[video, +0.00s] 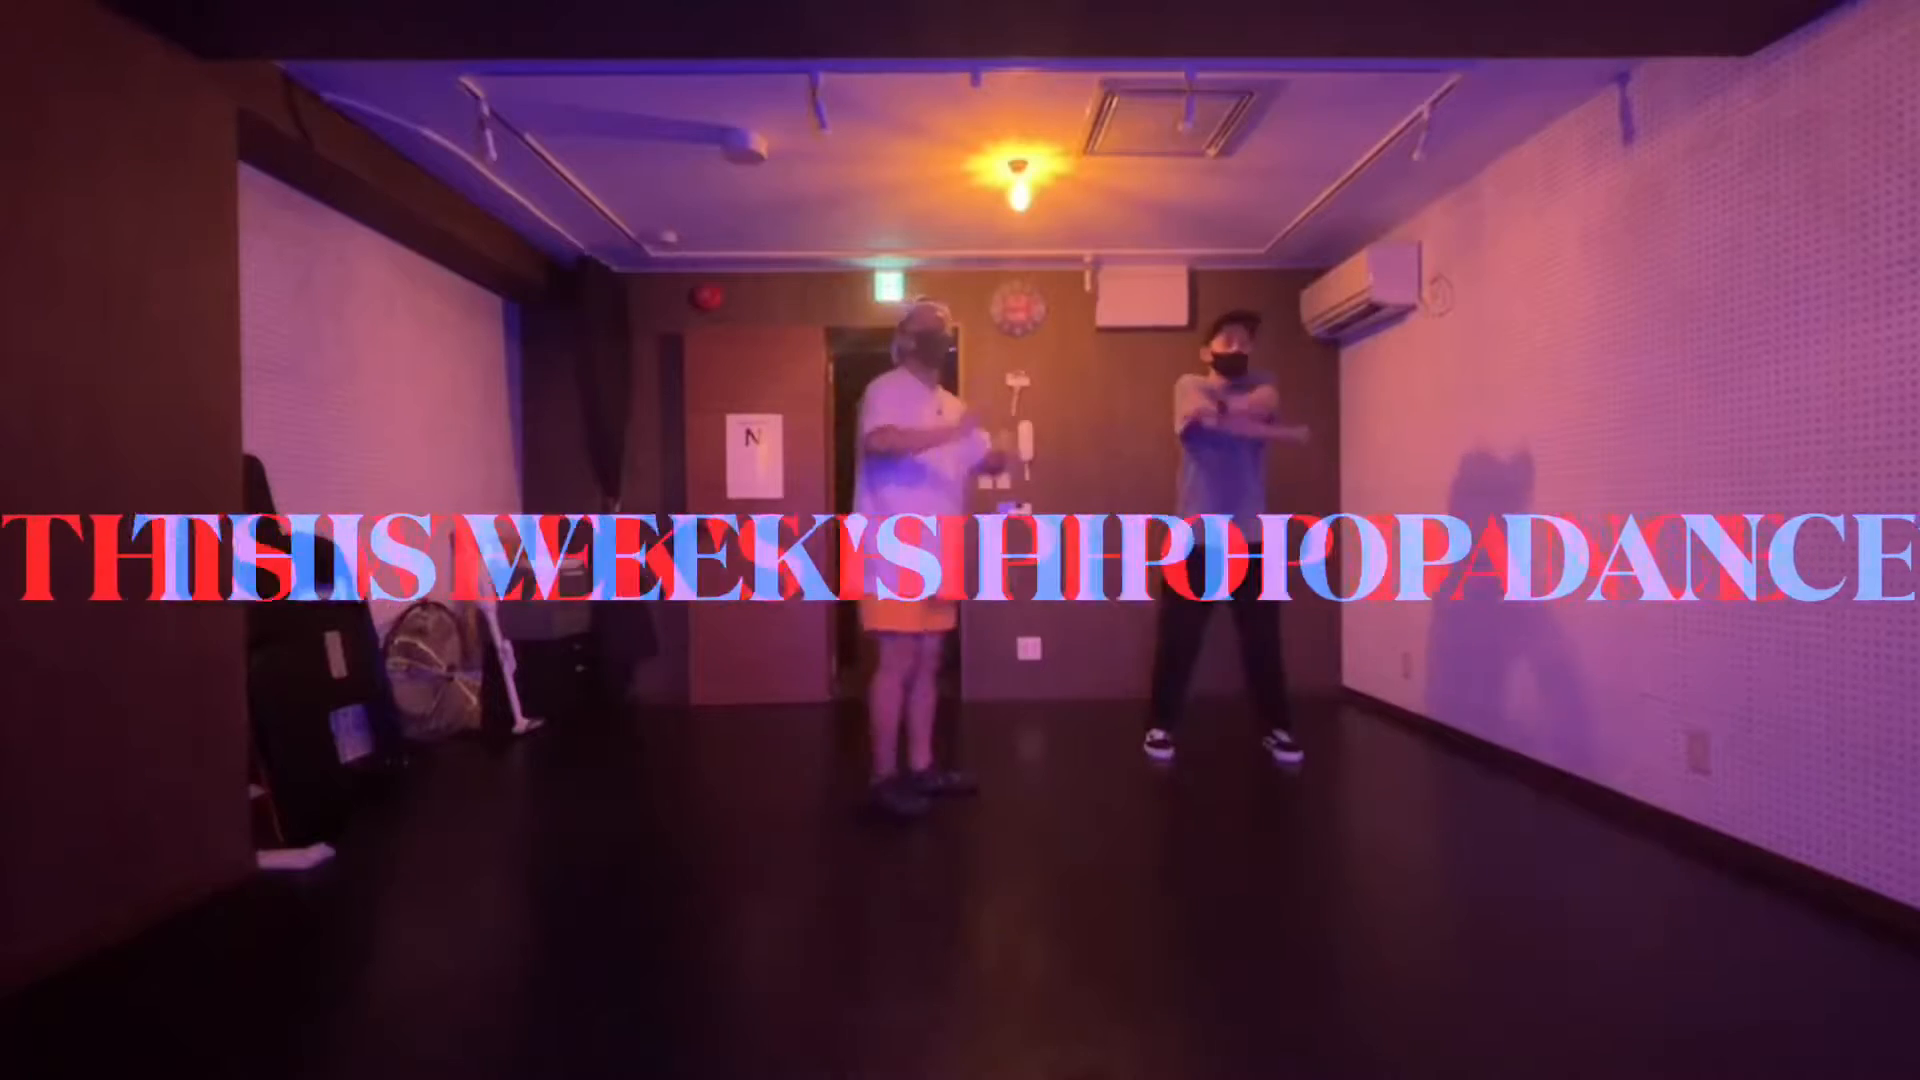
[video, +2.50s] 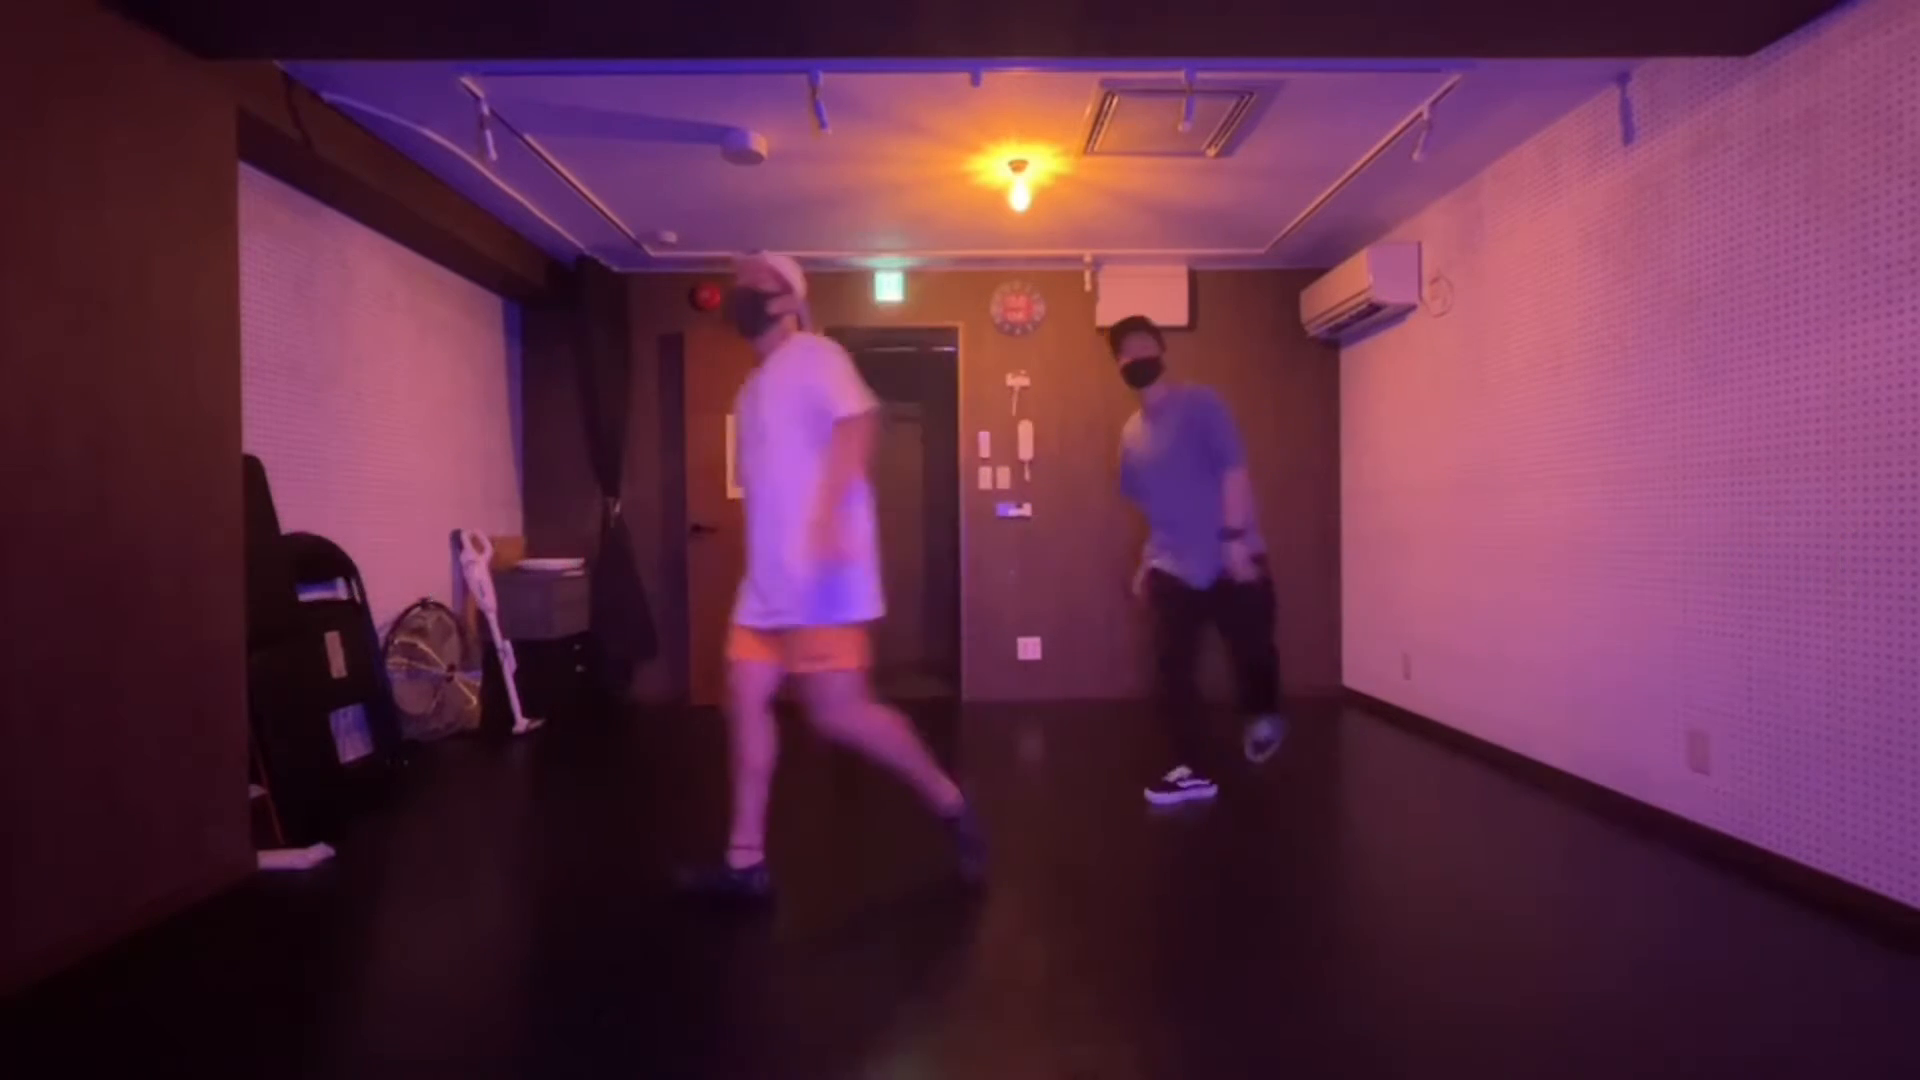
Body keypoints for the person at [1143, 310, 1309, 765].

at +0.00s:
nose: (1233, 349)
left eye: (1241, 343)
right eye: (1226, 341)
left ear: (1252, 351)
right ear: (1208, 347)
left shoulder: (1262, 389)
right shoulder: (1190, 385)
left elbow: (1261, 408)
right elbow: (1200, 421)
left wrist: (1215, 399)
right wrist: (1276, 432)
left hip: (1249, 532)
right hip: (1196, 533)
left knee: (1262, 636)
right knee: (1179, 634)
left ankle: (1275, 727)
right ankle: (1161, 726)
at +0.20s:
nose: (1232, 362)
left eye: (1239, 355)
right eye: (1223, 355)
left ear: (1249, 362)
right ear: (1205, 363)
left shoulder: (1262, 407)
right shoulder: (1188, 404)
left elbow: (1281, 446)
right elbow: (1187, 450)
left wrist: (1270, 447)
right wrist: (1226, 482)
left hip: (1250, 542)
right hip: (1199, 541)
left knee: (1264, 636)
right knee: (1184, 635)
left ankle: (1277, 728)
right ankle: (1161, 727)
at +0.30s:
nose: (1230, 370)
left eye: (1238, 364)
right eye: (1221, 363)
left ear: (1247, 372)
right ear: (1203, 373)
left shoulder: (1264, 418)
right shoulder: (1184, 417)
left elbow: (1297, 444)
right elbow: (1165, 458)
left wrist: (1309, 459)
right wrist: (1188, 489)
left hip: (1252, 553)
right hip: (1198, 554)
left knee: (1267, 641)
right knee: (1184, 640)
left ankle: (1277, 729)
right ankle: (1162, 727)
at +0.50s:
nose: (1227, 392)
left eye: (1235, 386)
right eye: (1218, 385)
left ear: (1245, 396)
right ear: (1200, 398)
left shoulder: (1267, 445)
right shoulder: (1178, 446)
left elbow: (1320, 468)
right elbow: (1125, 476)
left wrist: (1350, 486)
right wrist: (1120, 513)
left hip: (1251, 583)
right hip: (1189, 584)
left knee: (1295, 653)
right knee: (1175, 654)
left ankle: (1270, 732)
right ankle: (1164, 732)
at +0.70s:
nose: (1226, 374)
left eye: (1234, 368)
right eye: (1217, 367)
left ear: (1244, 377)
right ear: (1199, 377)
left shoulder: (1260, 430)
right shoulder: (1176, 429)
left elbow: (1296, 493)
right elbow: (1140, 485)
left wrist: (1316, 545)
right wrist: (1141, 542)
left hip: (1245, 570)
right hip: (1184, 570)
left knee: (1288, 639)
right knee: (1166, 650)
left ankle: (1269, 732)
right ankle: (1170, 734)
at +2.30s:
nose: (1183, 359)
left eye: (1191, 349)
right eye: (1173, 351)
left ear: (1205, 351)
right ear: (1158, 359)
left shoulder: (1243, 402)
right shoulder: (1151, 422)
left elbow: (1287, 452)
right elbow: (1133, 480)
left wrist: (1265, 507)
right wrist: (1161, 518)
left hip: (1244, 546)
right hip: (1188, 551)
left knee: (1242, 642)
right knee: (1197, 645)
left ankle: (1236, 731)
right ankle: (1201, 744)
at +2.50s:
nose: (1139, 366)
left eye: (1147, 355)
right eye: (1128, 359)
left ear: (1163, 355)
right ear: (1118, 367)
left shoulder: (1200, 405)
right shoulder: (1133, 433)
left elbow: (1234, 470)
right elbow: (1160, 514)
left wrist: (1235, 538)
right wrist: (1148, 564)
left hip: (1227, 553)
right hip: (1175, 562)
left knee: (1251, 640)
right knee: (1173, 665)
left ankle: (1263, 715)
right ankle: (1193, 767)